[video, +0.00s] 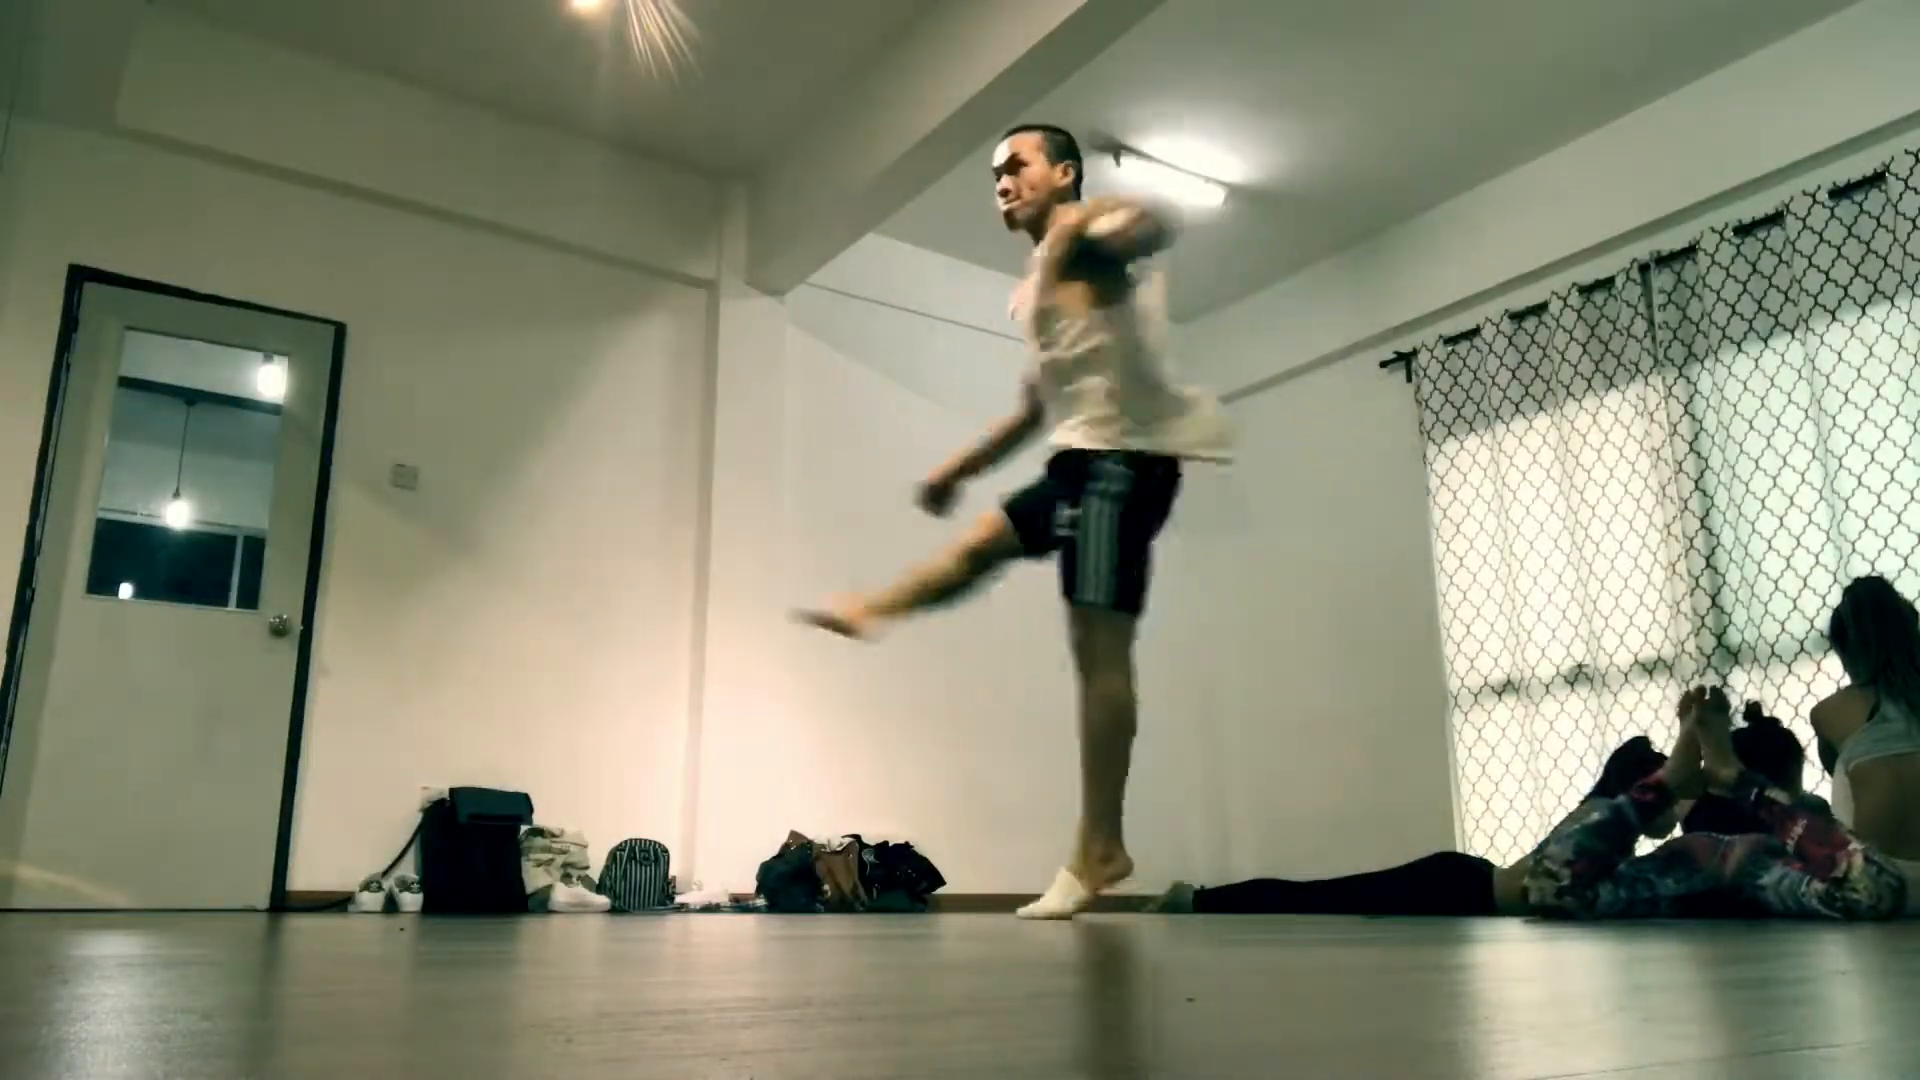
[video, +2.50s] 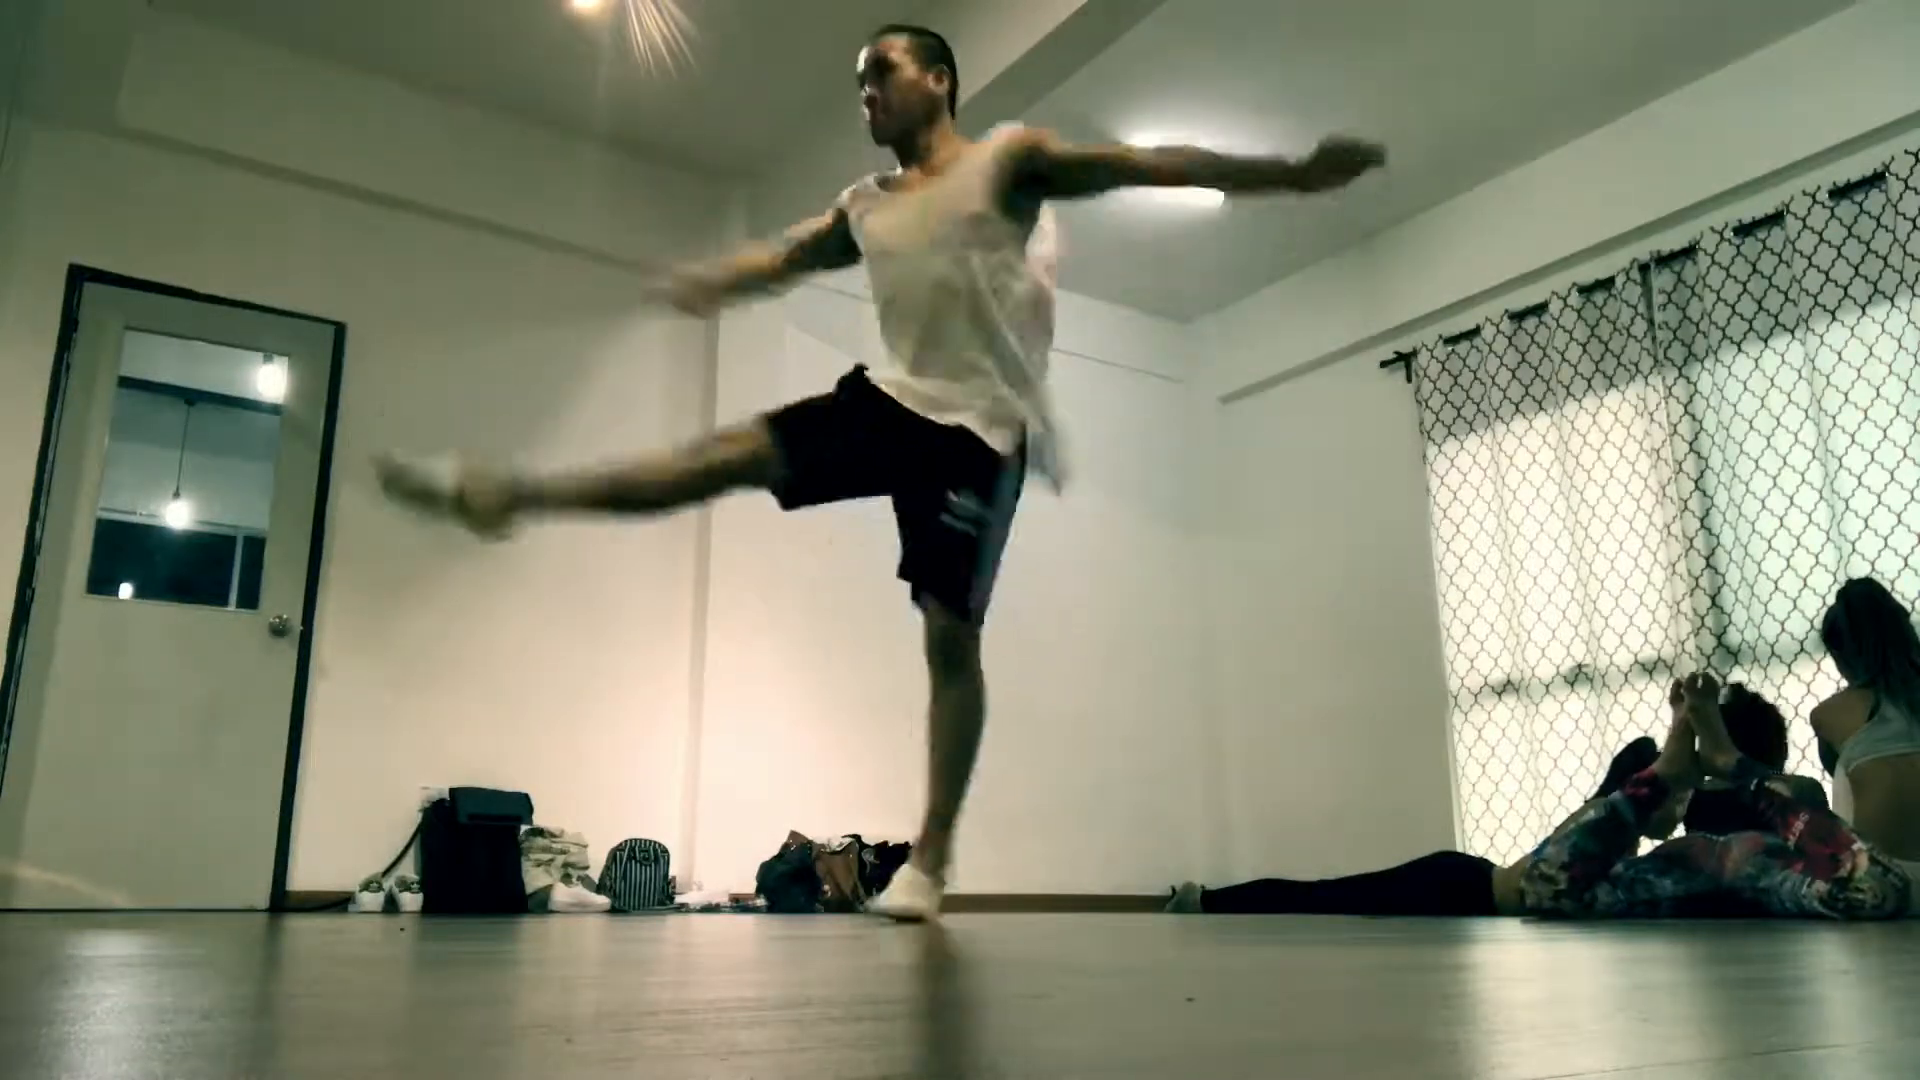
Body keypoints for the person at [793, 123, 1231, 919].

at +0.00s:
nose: (1001, 183)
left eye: (1017, 167)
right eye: (997, 174)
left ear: (1065, 173)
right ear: (1011, 194)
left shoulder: (1093, 224)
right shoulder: (1034, 287)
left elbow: (1157, 222)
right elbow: (1037, 406)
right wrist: (958, 470)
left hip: (1128, 458)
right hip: (1076, 460)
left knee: (1102, 659)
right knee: (982, 543)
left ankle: (1100, 852)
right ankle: (873, 609)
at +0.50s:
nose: (989, 212)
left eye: (1001, 195)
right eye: (980, 205)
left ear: (1045, 206)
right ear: (978, 224)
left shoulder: (1087, 308)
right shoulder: (968, 278)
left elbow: (1159, 386)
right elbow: (924, 322)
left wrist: (1238, 404)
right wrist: (976, 298)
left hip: (1063, 476)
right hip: (983, 465)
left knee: (1054, 681)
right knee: (1129, 487)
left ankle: (1024, 879)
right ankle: (1253, 482)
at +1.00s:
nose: (953, 117)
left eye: (970, 103)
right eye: (953, 105)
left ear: (1021, 119)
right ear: (1017, 130)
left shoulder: (984, 175)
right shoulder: (1052, 217)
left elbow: (965, 245)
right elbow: (1103, 355)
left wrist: (822, 266)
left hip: (1006, 439)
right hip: (1070, 436)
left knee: (1023, 646)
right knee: (997, 497)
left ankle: (1043, 845)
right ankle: (985, 595)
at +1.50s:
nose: (946, 193)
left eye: (958, 175)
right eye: (937, 184)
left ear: (1007, 179)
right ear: (941, 205)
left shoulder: (1087, 263)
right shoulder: (936, 289)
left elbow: (1211, 287)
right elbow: (807, 298)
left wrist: (1339, 290)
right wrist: (691, 280)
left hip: (1045, 494)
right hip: (956, 473)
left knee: (1023, 684)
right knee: (867, 392)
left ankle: (985, 884)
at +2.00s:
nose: (874, 95)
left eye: (880, 83)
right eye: (884, 81)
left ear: (889, 96)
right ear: (959, 107)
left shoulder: (837, 185)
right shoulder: (988, 172)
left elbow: (813, 307)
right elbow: (1088, 244)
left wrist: (894, 289)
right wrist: (1043, 271)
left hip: (906, 447)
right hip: (1006, 409)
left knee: (951, 649)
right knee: (1102, 511)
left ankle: (996, 840)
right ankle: (1176, 597)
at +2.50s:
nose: (866, 89)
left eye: (883, 71)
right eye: (862, 77)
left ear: (941, 79)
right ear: (881, 99)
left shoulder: (1008, 154)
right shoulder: (869, 207)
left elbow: (1147, 165)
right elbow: (773, 260)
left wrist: (1285, 173)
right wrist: (697, 283)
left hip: (979, 430)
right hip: (880, 403)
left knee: (950, 643)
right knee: (723, 453)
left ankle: (928, 868)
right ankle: (506, 495)